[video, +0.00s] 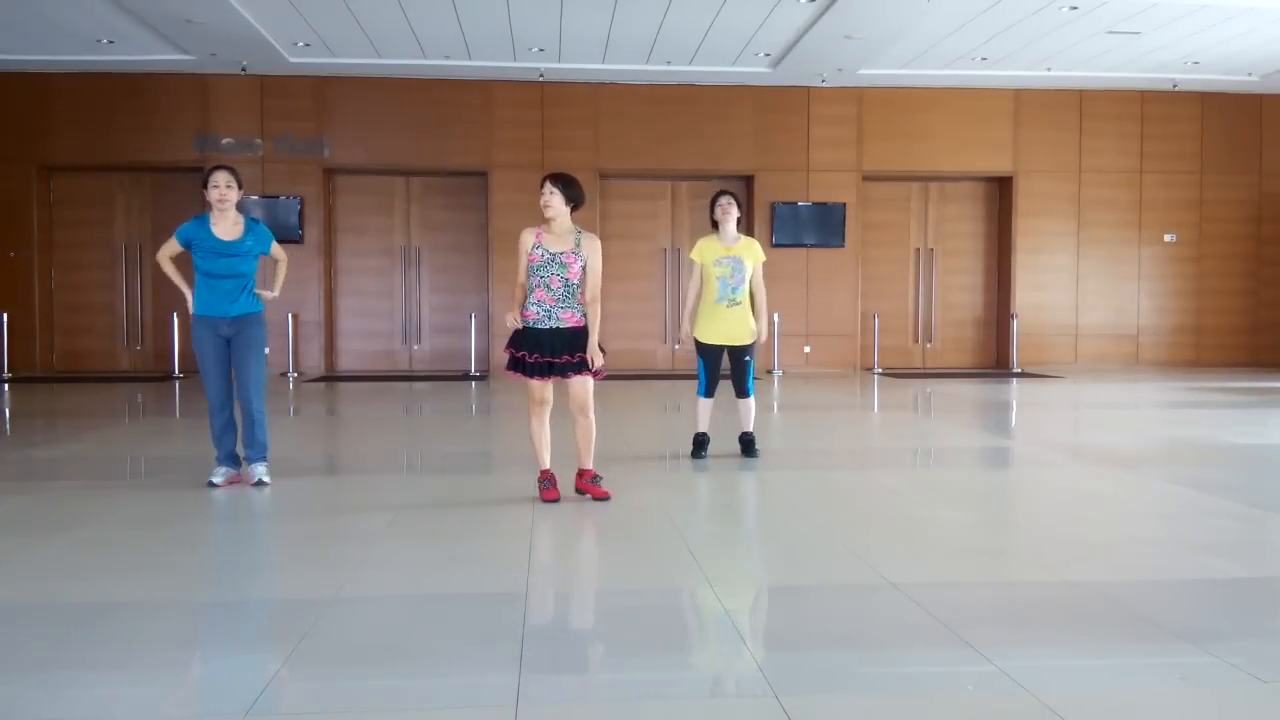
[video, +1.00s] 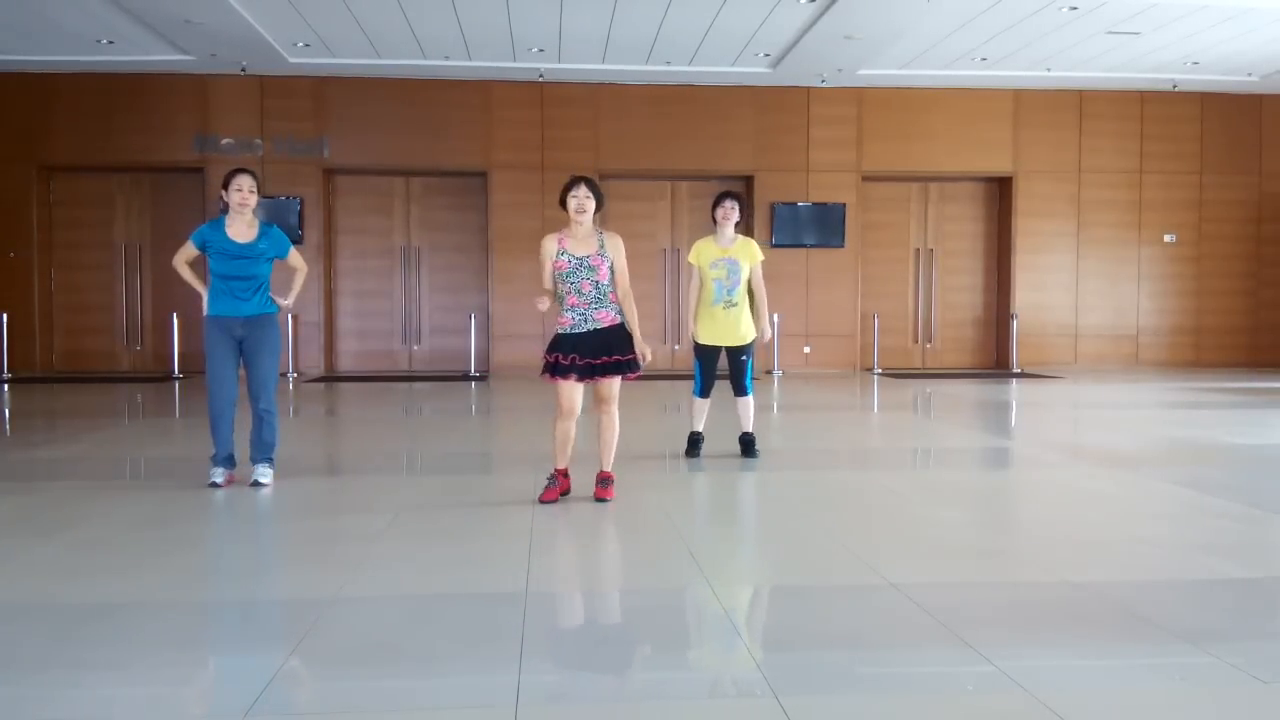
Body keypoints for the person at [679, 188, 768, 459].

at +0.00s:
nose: (725, 207)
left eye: (730, 204)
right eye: (720, 205)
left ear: (739, 211)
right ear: (713, 214)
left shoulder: (752, 246)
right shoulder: (704, 245)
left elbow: (758, 288)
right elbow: (694, 285)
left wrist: (762, 323)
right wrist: (686, 320)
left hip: (742, 327)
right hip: (708, 326)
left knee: (744, 386)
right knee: (706, 386)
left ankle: (748, 437)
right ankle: (701, 437)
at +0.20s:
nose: (734, 209)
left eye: (739, 206)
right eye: (729, 206)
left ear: (748, 214)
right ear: (722, 215)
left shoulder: (760, 247)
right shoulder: (712, 248)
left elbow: (773, 286)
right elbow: (705, 288)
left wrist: (784, 317)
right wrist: (700, 322)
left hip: (751, 328)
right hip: (719, 328)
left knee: (750, 388)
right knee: (712, 387)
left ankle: (748, 437)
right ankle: (702, 438)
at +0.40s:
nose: (741, 212)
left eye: (746, 209)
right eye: (736, 209)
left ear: (754, 215)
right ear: (728, 216)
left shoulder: (766, 249)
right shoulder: (718, 249)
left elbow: (777, 288)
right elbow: (712, 290)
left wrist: (788, 320)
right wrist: (710, 326)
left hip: (757, 330)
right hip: (725, 329)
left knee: (753, 388)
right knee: (715, 387)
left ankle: (749, 437)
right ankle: (705, 437)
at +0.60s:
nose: (741, 211)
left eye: (746, 207)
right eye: (737, 207)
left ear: (754, 214)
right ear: (729, 214)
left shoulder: (766, 248)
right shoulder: (718, 248)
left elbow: (773, 288)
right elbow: (712, 287)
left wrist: (775, 323)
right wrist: (707, 321)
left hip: (756, 328)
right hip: (724, 327)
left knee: (752, 386)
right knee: (714, 384)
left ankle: (749, 437)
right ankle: (702, 435)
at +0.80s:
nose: (736, 211)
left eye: (741, 208)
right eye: (732, 207)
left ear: (749, 214)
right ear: (724, 214)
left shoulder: (760, 248)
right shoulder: (713, 247)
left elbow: (766, 287)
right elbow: (707, 287)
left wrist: (767, 322)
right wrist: (703, 323)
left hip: (751, 328)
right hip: (719, 327)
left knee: (749, 386)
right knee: (709, 385)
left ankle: (748, 437)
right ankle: (697, 436)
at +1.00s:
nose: (727, 211)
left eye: (733, 208)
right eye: (723, 207)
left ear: (739, 215)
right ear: (714, 213)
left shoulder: (749, 246)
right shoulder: (701, 247)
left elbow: (758, 287)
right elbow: (694, 286)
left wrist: (764, 321)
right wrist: (689, 322)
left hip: (740, 328)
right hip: (706, 327)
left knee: (742, 386)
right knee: (702, 386)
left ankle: (747, 437)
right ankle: (696, 436)